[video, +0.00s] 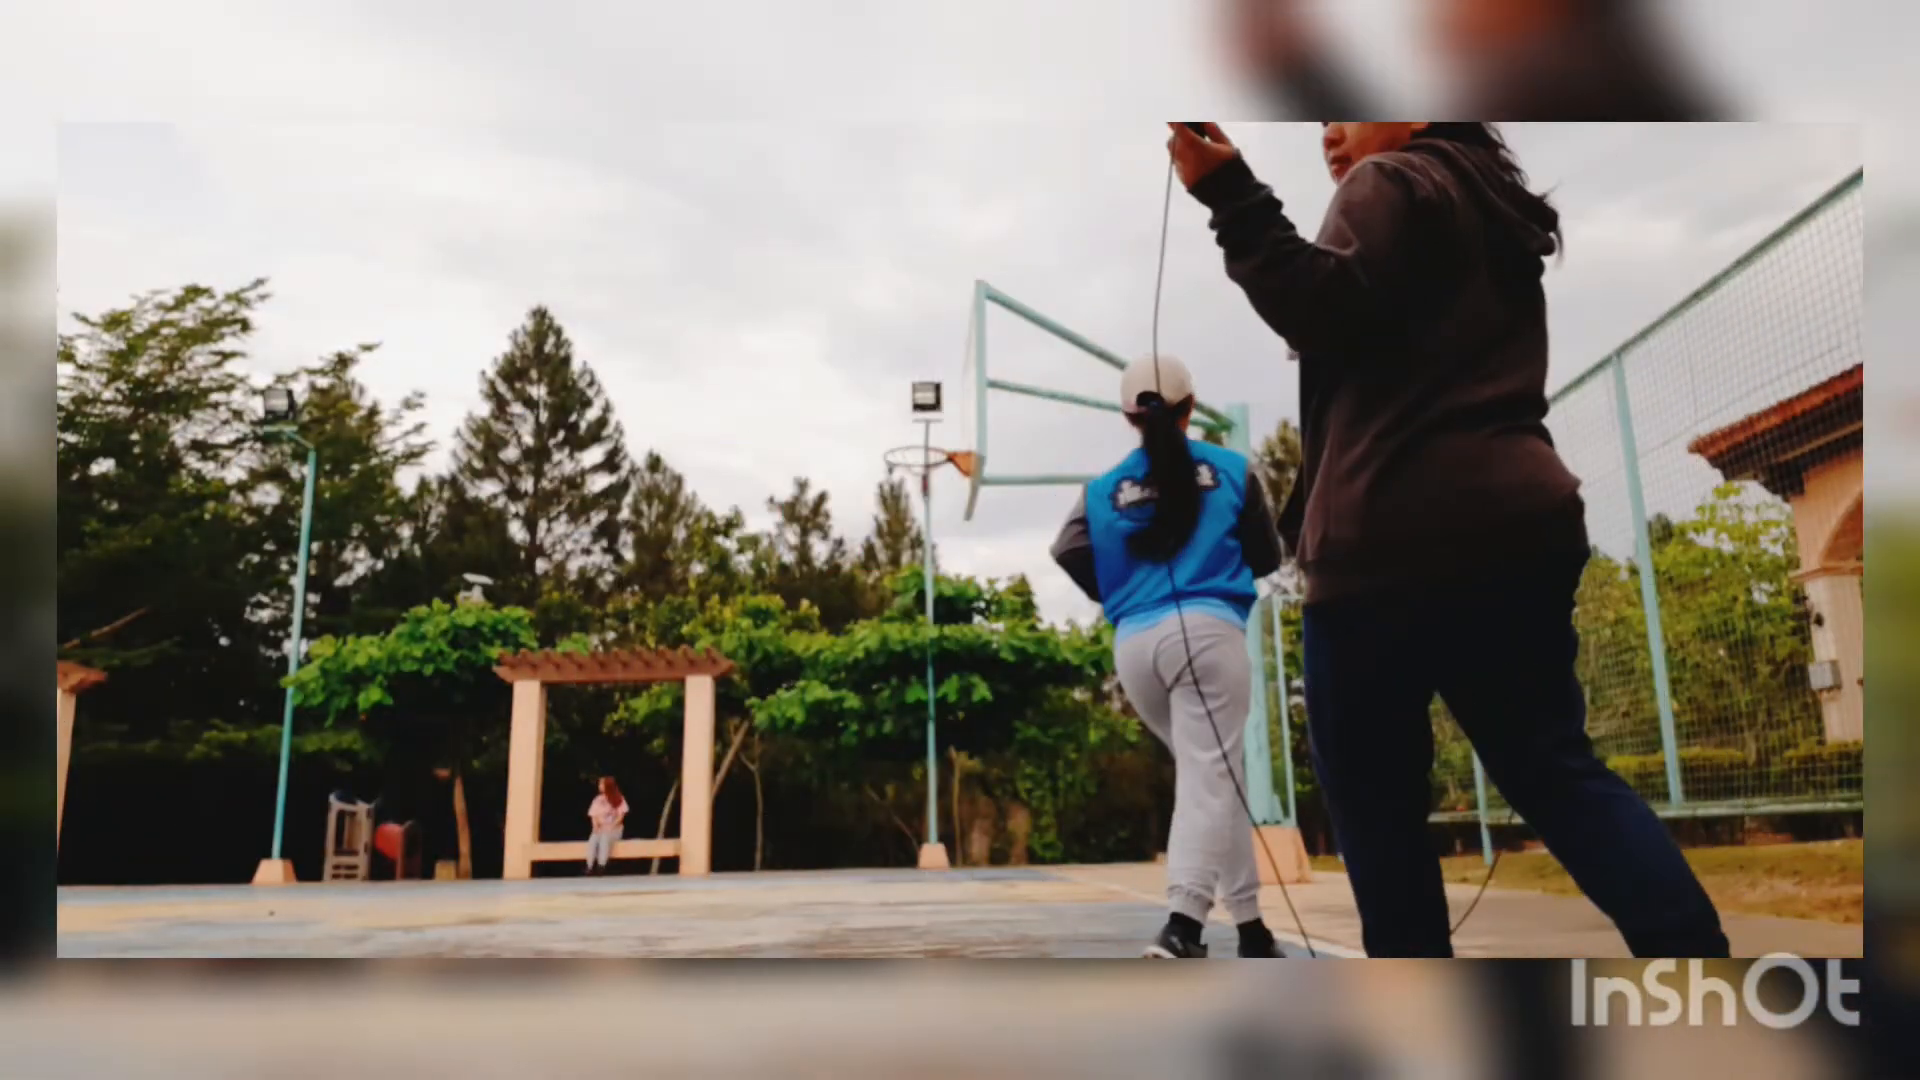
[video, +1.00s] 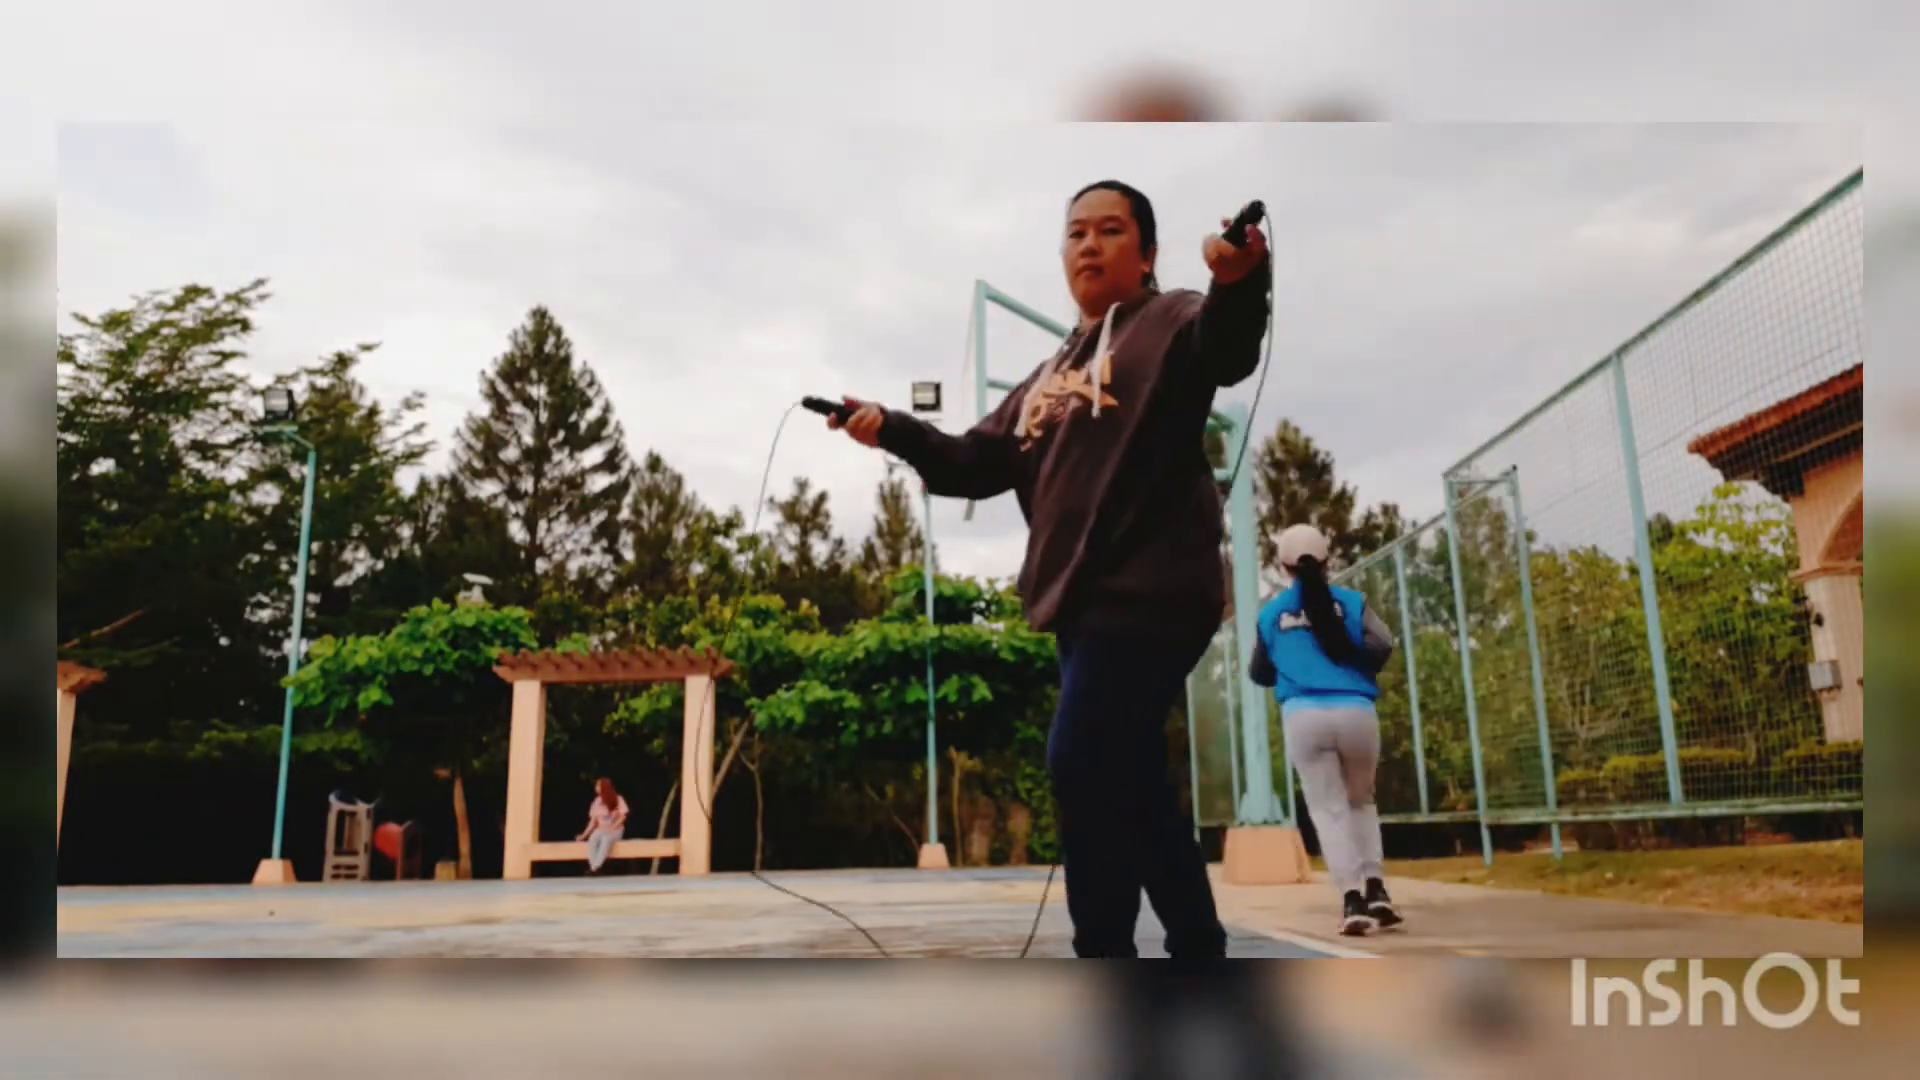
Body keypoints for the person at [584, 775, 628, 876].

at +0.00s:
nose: (600, 786)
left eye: (602, 784)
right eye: (600, 784)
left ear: (608, 786)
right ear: (599, 786)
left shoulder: (618, 799)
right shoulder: (598, 799)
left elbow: (621, 814)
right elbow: (593, 813)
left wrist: (612, 825)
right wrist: (595, 826)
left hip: (613, 826)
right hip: (600, 826)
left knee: (605, 838)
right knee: (593, 839)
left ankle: (602, 864)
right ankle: (590, 864)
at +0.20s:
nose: (601, 787)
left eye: (604, 785)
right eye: (601, 785)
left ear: (610, 786)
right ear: (600, 786)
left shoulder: (620, 799)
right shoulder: (600, 800)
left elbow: (622, 814)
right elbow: (595, 815)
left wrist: (614, 825)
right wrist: (596, 827)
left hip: (614, 826)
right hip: (601, 826)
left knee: (605, 837)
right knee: (594, 836)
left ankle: (598, 861)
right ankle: (592, 859)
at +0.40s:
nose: (602, 787)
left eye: (604, 784)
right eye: (602, 784)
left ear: (610, 786)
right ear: (602, 786)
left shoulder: (621, 799)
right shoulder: (601, 800)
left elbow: (623, 815)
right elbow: (596, 816)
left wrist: (613, 826)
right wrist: (592, 828)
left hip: (615, 827)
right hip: (601, 826)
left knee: (604, 837)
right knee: (595, 836)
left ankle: (596, 862)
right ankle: (593, 861)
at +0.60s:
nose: (602, 787)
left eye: (604, 784)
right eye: (602, 784)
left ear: (610, 786)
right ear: (602, 786)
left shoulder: (621, 800)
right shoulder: (600, 800)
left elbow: (622, 816)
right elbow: (596, 820)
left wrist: (612, 827)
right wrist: (584, 832)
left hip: (614, 828)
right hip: (601, 827)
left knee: (605, 838)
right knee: (594, 837)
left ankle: (593, 865)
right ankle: (593, 863)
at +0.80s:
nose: (600, 787)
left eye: (602, 784)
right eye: (600, 784)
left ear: (608, 786)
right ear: (601, 786)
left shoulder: (619, 800)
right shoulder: (599, 801)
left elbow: (623, 816)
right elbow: (594, 820)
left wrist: (613, 827)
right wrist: (583, 835)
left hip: (614, 827)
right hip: (601, 827)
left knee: (605, 839)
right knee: (593, 838)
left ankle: (595, 865)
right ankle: (592, 864)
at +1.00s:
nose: (596, 788)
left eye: (599, 786)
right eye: (596, 785)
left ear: (604, 787)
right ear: (596, 788)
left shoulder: (618, 799)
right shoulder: (597, 801)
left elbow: (622, 816)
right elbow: (593, 821)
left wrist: (613, 827)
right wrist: (583, 835)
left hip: (613, 828)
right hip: (601, 828)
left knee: (606, 840)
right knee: (592, 839)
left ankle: (596, 866)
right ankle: (593, 865)